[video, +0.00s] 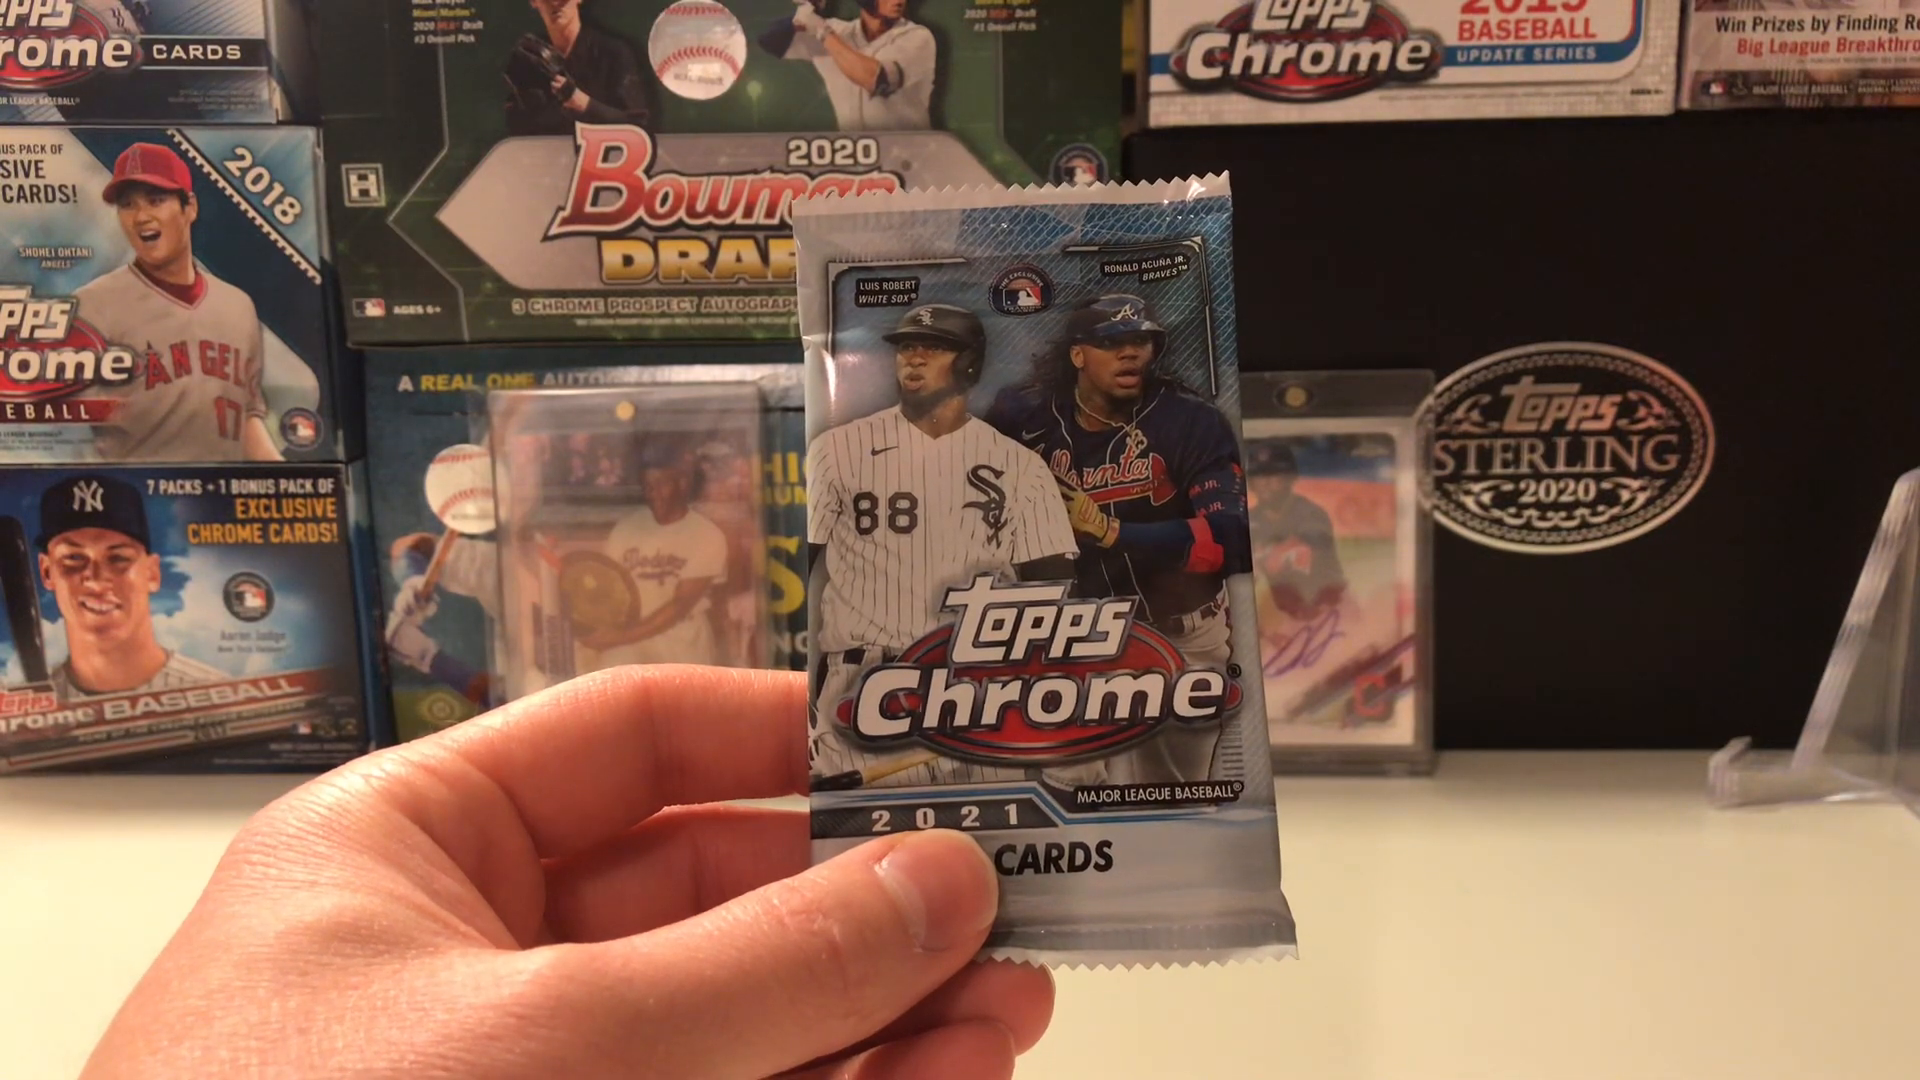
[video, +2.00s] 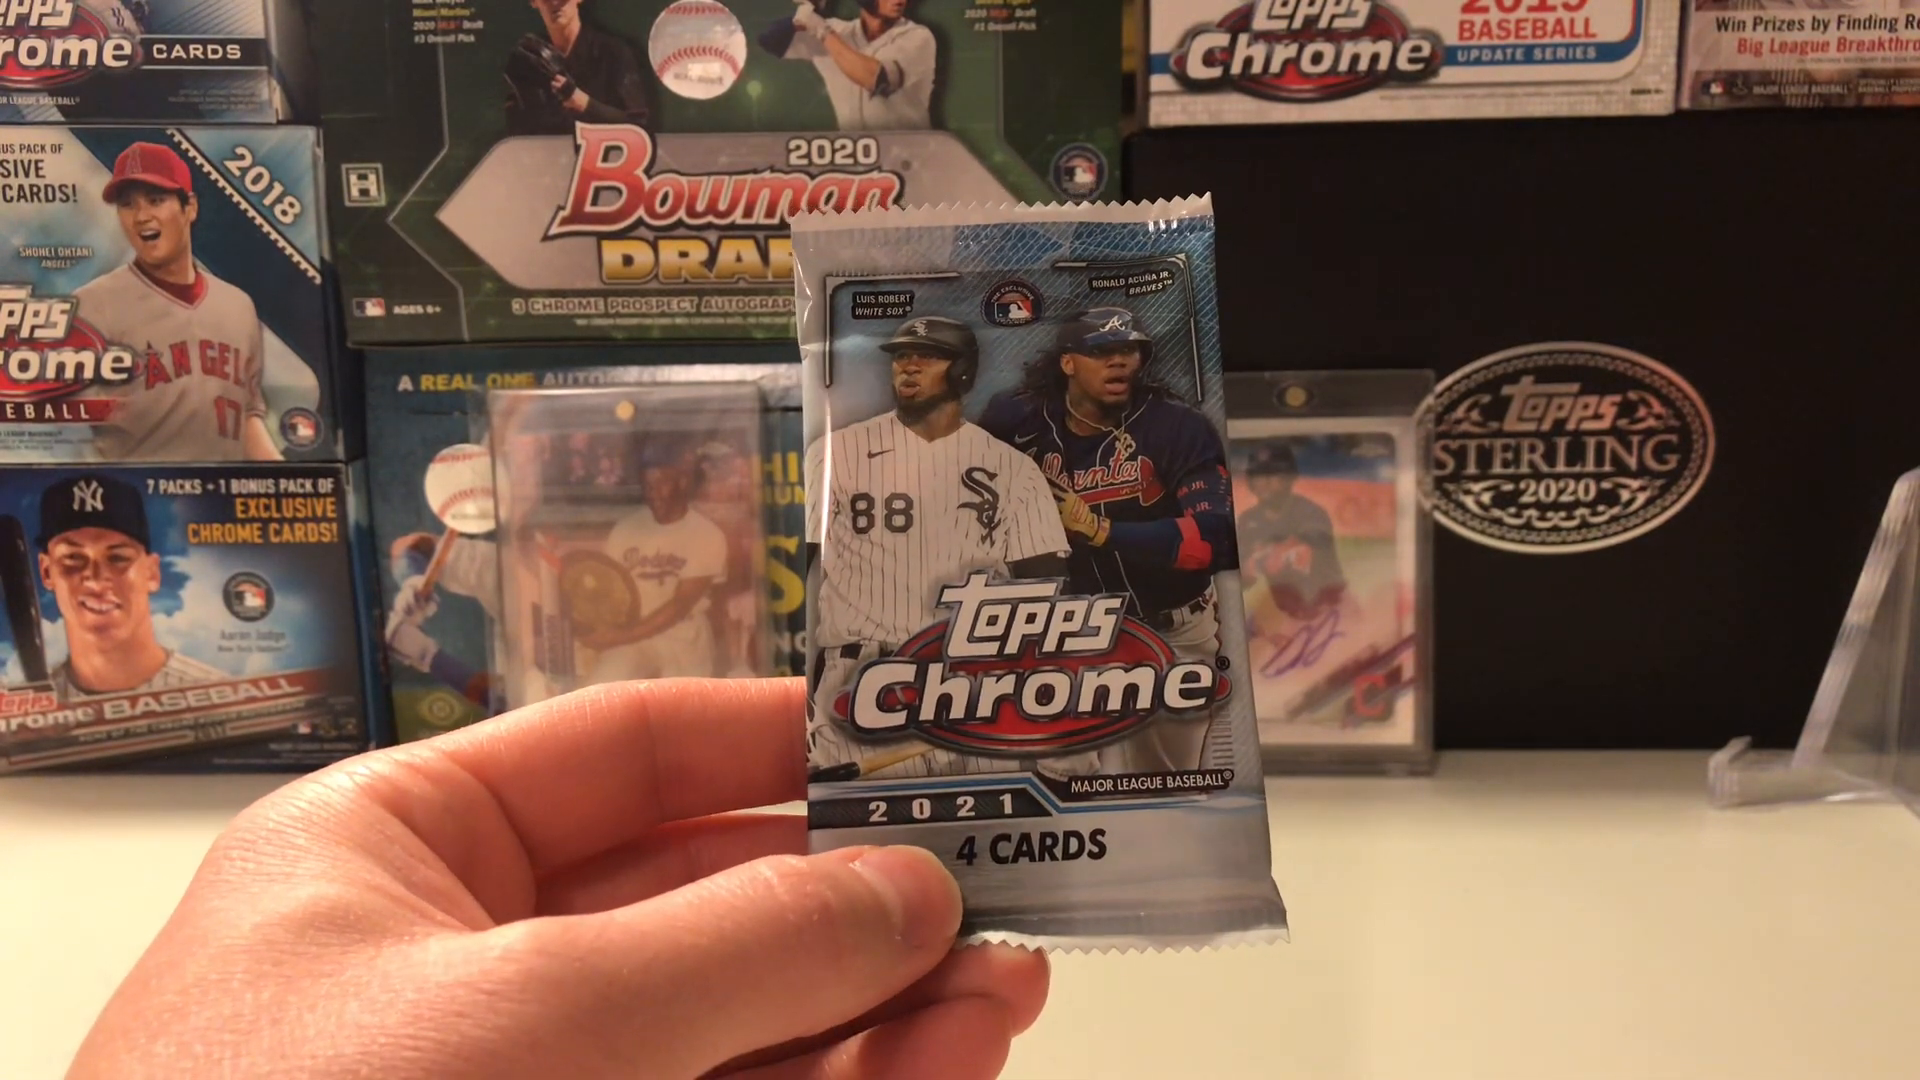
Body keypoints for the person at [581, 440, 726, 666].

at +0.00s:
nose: (653, 494)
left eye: (661, 484)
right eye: (647, 486)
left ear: (683, 484)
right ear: (642, 487)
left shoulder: (707, 536)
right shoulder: (625, 530)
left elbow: (680, 607)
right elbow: (605, 591)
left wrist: (619, 637)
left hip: (684, 660)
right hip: (627, 661)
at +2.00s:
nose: (653, 495)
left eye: (661, 485)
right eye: (648, 486)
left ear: (683, 484)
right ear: (642, 488)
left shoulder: (707, 536)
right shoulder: (624, 530)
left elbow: (680, 606)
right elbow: (604, 590)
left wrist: (618, 637)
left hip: (683, 640)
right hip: (627, 642)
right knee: (598, 701)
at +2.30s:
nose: (653, 495)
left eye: (660, 485)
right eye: (648, 486)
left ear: (682, 484)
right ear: (642, 488)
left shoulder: (707, 536)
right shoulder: (625, 530)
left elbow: (680, 606)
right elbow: (604, 589)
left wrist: (617, 637)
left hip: (683, 640)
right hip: (627, 643)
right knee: (599, 697)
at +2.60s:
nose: (652, 495)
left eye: (660, 485)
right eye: (647, 486)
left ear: (683, 484)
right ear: (642, 488)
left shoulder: (707, 536)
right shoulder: (625, 530)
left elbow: (680, 606)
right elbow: (604, 589)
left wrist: (618, 637)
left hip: (683, 640)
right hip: (628, 641)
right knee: (603, 695)